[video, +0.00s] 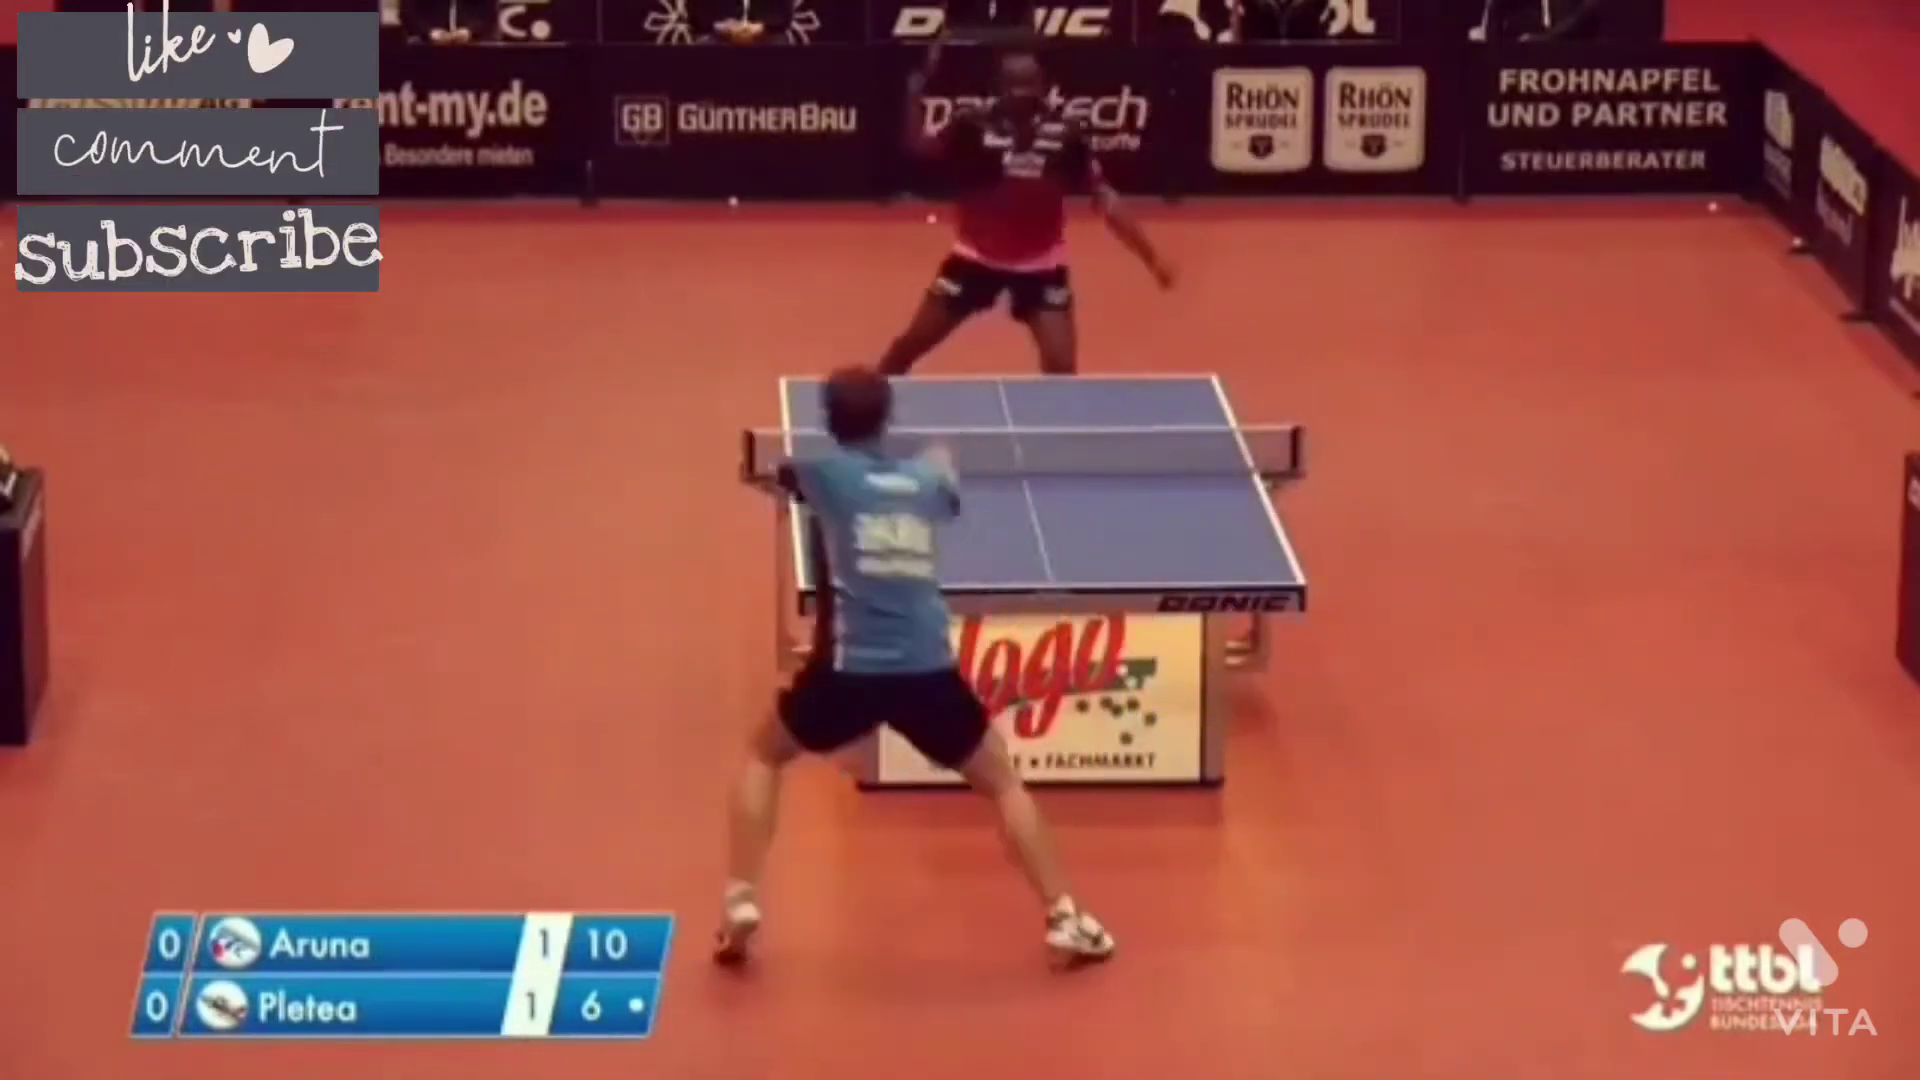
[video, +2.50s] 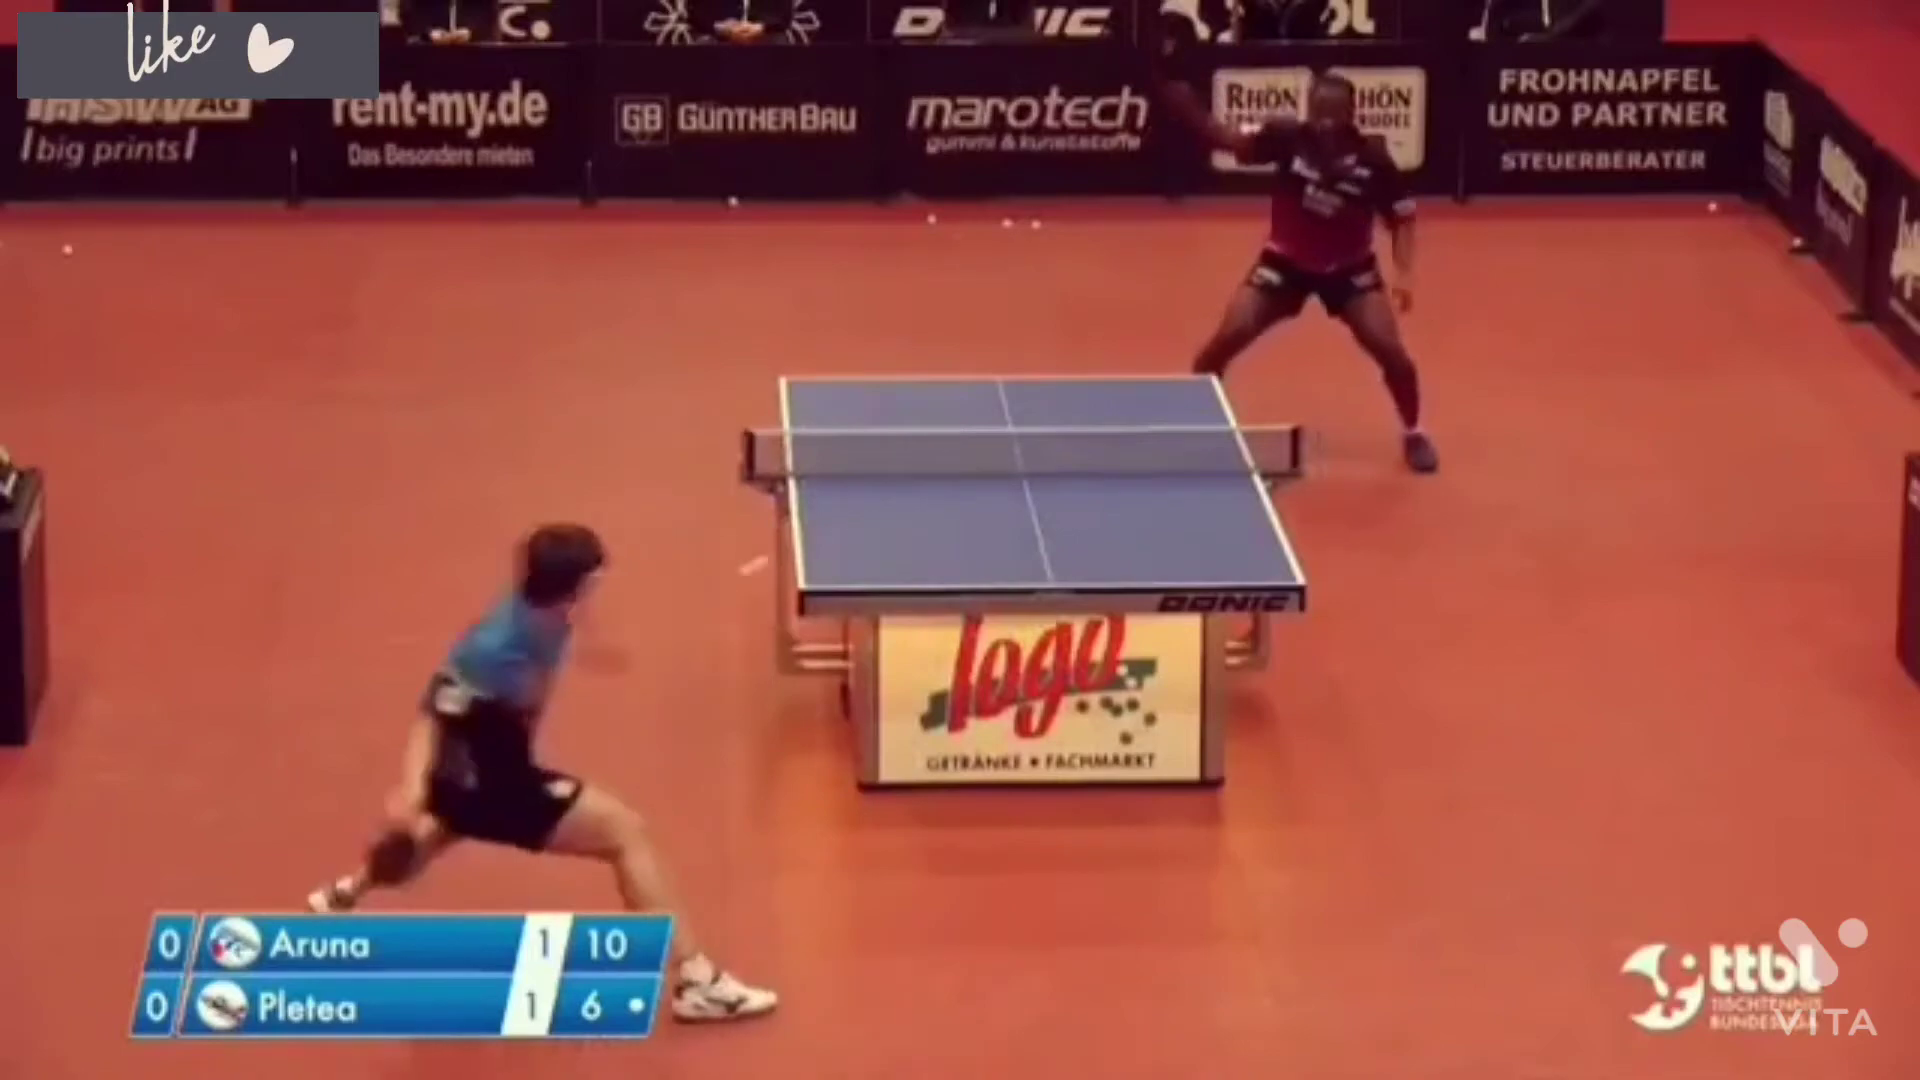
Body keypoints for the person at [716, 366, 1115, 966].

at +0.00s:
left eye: (835, 412)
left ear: (831, 421)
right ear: (886, 419)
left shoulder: (824, 474)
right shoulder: (925, 475)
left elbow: (773, 476)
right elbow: (950, 505)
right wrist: (938, 465)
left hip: (848, 675)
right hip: (929, 676)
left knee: (765, 757)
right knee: (1003, 784)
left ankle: (742, 898)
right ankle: (1065, 915)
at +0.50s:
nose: (723, 465)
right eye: (726, 458)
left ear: (671, 476)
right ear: (732, 470)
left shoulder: (649, 559)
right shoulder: (768, 536)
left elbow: (583, 622)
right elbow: (851, 587)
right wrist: (860, 517)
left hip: (703, 733)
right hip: (791, 727)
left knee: (615, 793)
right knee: (883, 786)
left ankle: (565, 928)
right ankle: (939, 919)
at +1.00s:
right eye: (937, 521)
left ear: (885, 528)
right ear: (942, 535)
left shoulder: (842, 583)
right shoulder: (962, 610)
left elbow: (788, 620)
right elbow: (989, 696)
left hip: (836, 780)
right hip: (926, 787)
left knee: (749, 826)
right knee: (1030, 850)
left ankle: (692, 957)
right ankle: (1085, 992)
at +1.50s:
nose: (627, 439)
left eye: (627, 430)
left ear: (629, 442)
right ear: (686, 429)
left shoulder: (637, 512)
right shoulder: (734, 482)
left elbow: (582, 584)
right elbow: (814, 455)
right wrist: (852, 375)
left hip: (687, 705)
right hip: (765, 694)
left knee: (639, 845)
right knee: (828, 829)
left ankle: (627, 990)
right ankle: (898, 956)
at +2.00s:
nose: (739, 474)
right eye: (736, 467)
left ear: (671, 471)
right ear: (731, 479)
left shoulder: (620, 517)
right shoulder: (732, 569)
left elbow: (555, 547)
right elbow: (759, 664)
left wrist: (611, 567)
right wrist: (802, 641)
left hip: (564, 712)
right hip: (642, 730)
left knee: (524, 801)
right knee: (756, 824)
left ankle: (478, 928)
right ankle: (731, 977)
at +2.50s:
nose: (592, 590)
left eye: (591, 580)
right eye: (589, 581)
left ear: (541, 579)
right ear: (570, 591)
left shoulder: (546, 621)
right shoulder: (497, 643)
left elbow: (556, 658)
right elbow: (431, 714)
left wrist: (594, 659)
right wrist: (412, 795)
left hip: (466, 776)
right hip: (493, 791)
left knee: (422, 840)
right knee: (624, 831)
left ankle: (341, 896)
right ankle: (694, 978)